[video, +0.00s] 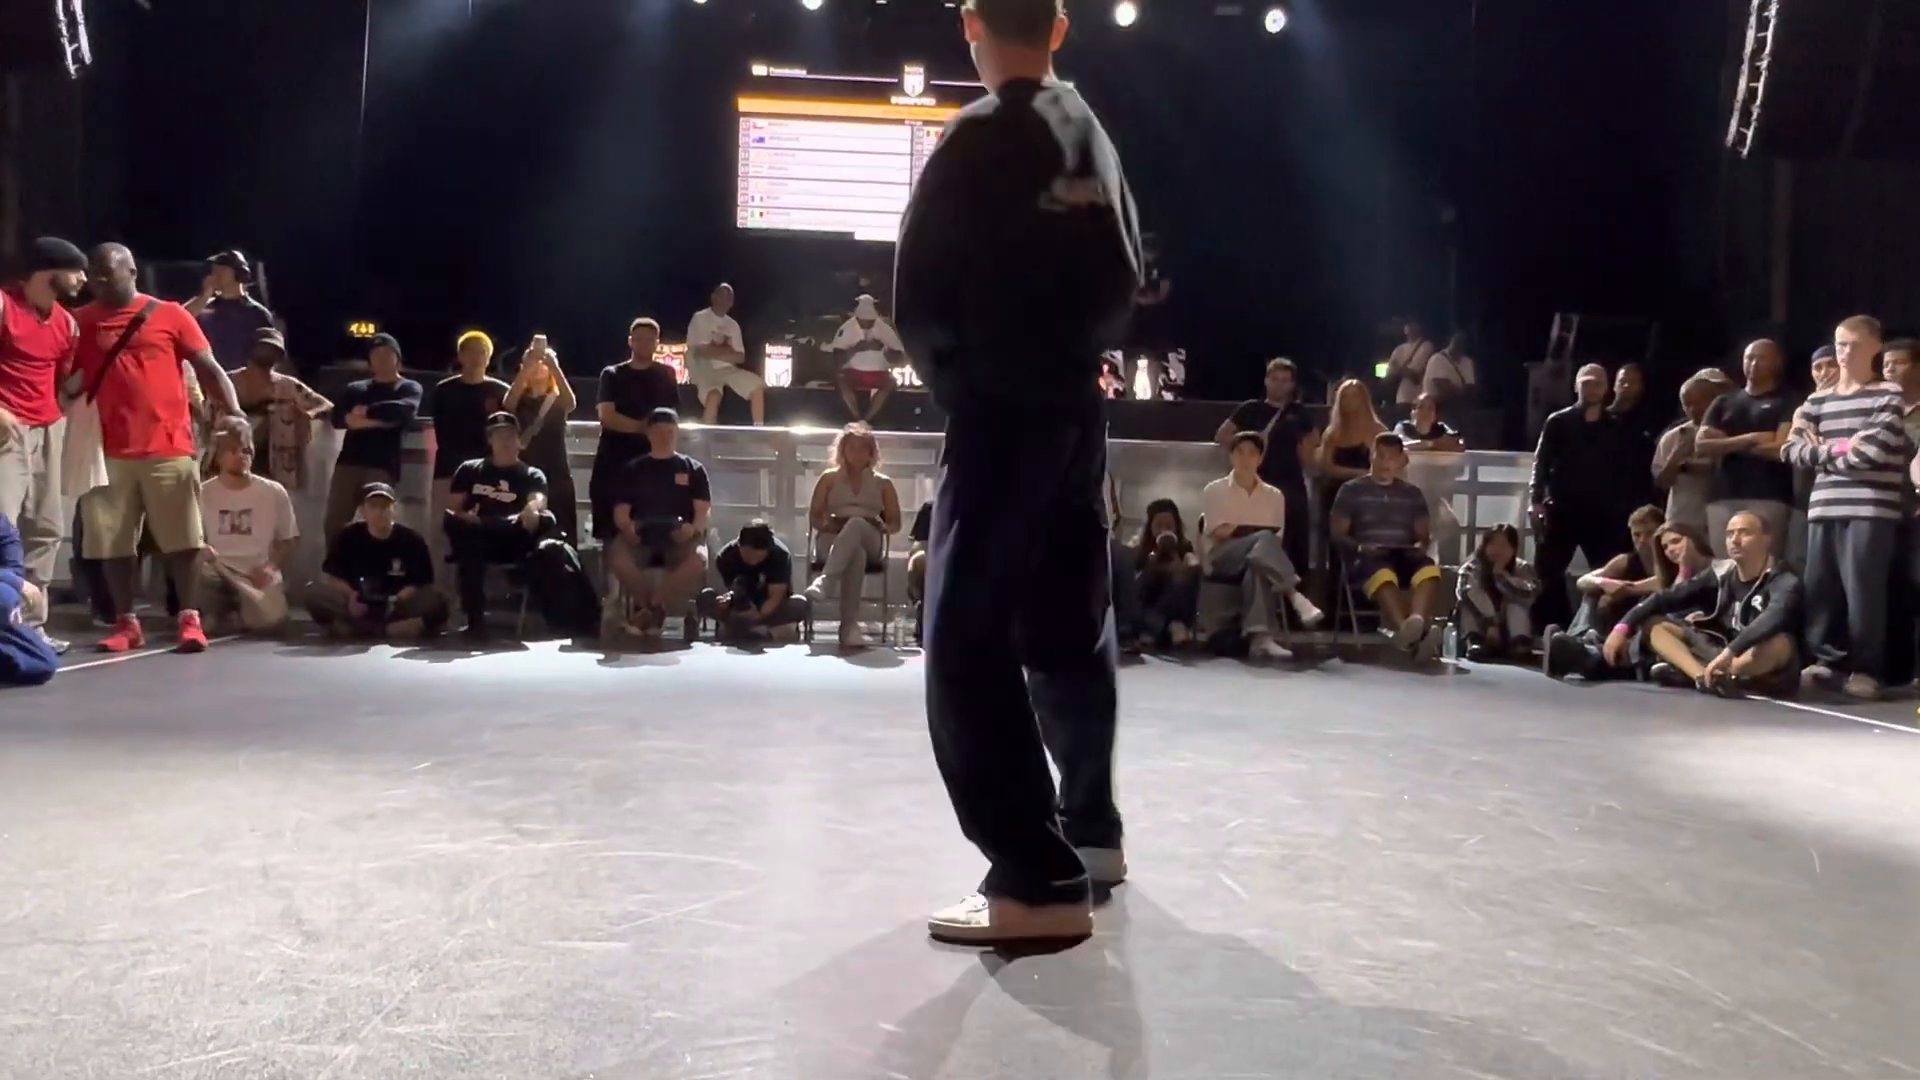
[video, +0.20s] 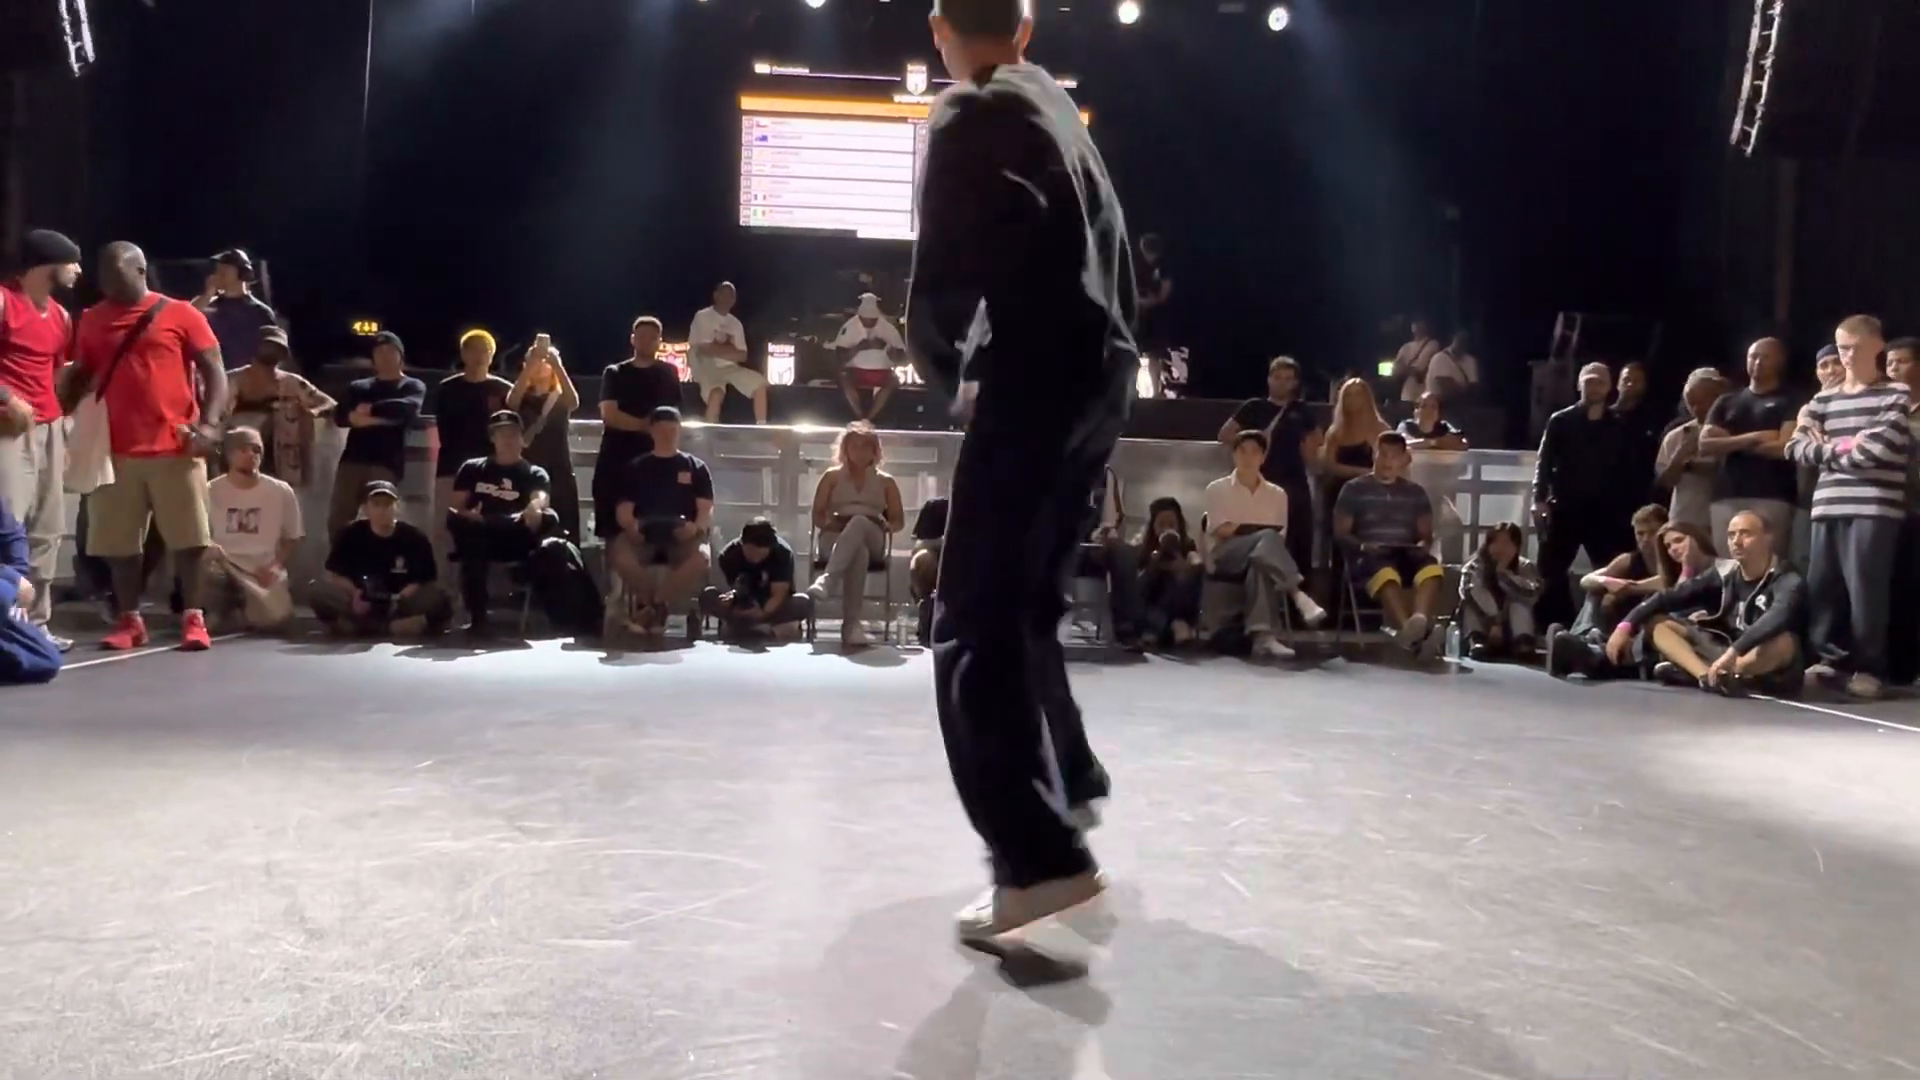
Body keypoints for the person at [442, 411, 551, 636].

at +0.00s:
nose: (505, 442)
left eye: (510, 436)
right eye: (500, 436)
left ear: (518, 440)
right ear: (489, 440)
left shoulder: (532, 475)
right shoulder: (469, 469)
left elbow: (538, 498)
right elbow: (451, 510)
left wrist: (531, 508)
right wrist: (465, 516)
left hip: (514, 529)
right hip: (479, 528)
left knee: (546, 520)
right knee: (465, 538)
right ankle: (474, 618)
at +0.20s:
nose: (508, 440)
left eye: (513, 434)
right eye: (503, 434)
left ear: (522, 439)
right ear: (492, 438)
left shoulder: (535, 473)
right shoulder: (473, 468)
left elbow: (540, 497)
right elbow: (454, 509)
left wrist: (534, 508)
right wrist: (467, 514)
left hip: (517, 528)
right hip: (483, 528)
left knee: (549, 519)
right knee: (469, 537)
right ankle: (477, 616)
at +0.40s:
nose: (511, 439)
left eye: (515, 434)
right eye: (505, 434)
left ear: (524, 438)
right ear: (495, 438)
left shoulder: (538, 473)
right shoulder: (475, 468)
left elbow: (543, 496)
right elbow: (457, 509)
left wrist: (536, 507)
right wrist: (470, 514)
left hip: (520, 530)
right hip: (485, 529)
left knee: (551, 518)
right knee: (469, 531)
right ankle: (480, 614)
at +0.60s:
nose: (512, 439)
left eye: (517, 433)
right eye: (507, 433)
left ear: (527, 438)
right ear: (497, 438)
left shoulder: (541, 473)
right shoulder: (477, 467)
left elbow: (545, 497)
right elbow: (459, 508)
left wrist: (540, 506)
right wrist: (473, 513)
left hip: (523, 530)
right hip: (488, 530)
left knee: (553, 517)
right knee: (474, 536)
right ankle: (482, 613)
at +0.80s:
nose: (517, 436)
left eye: (521, 431)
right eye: (511, 431)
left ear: (529, 435)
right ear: (500, 435)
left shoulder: (542, 470)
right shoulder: (480, 464)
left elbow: (548, 494)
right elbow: (462, 504)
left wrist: (542, 504)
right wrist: (475, 511)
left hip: (526, 527)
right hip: (491, 525)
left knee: (554, 516)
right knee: (476, 532)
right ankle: (485, 612)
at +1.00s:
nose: (521, 433)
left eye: (525, 428)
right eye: (515, 428)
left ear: (532, 434)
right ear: (504, 432)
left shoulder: (545, 468)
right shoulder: (483, 461)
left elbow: (551, 492)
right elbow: (465, 501)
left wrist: (546, 502)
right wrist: (479, 508)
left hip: (528, 526)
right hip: (493, 524)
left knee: (558, 514)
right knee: (479, 530)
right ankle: (487, 609)